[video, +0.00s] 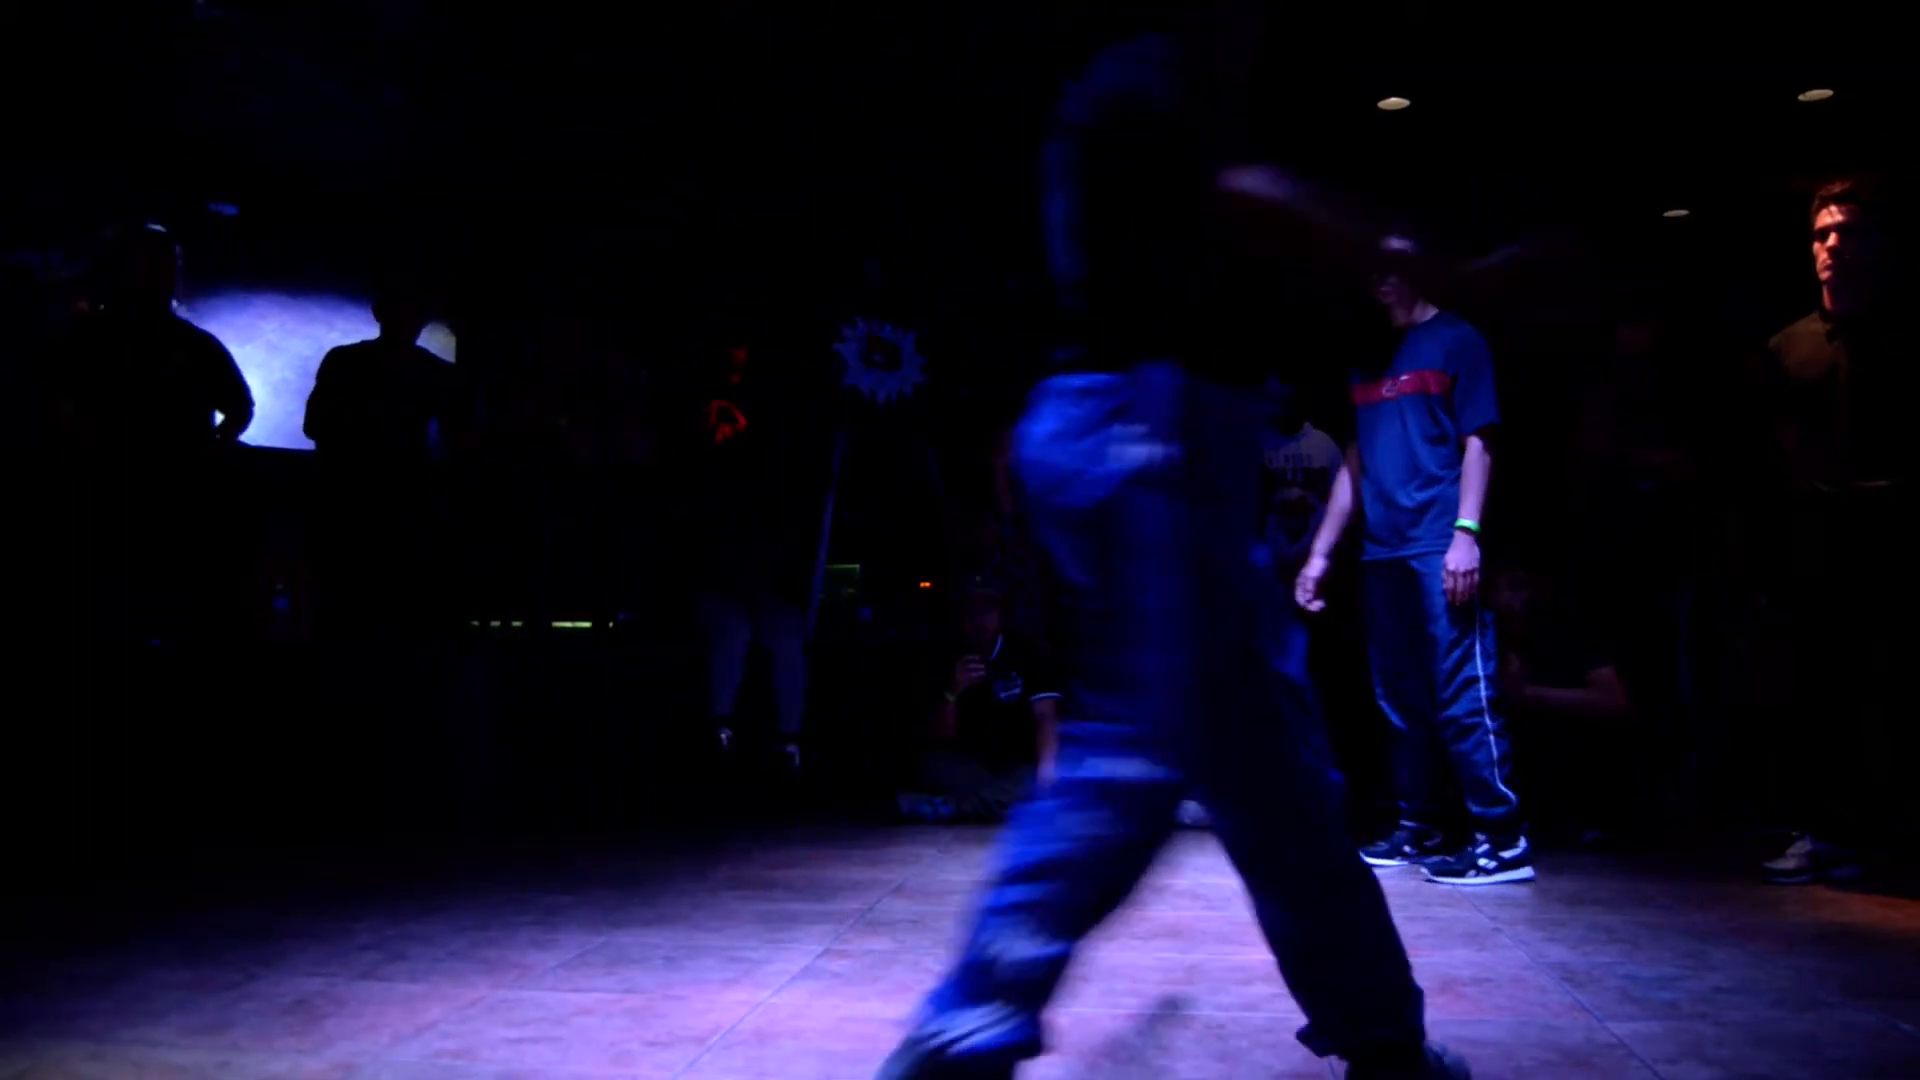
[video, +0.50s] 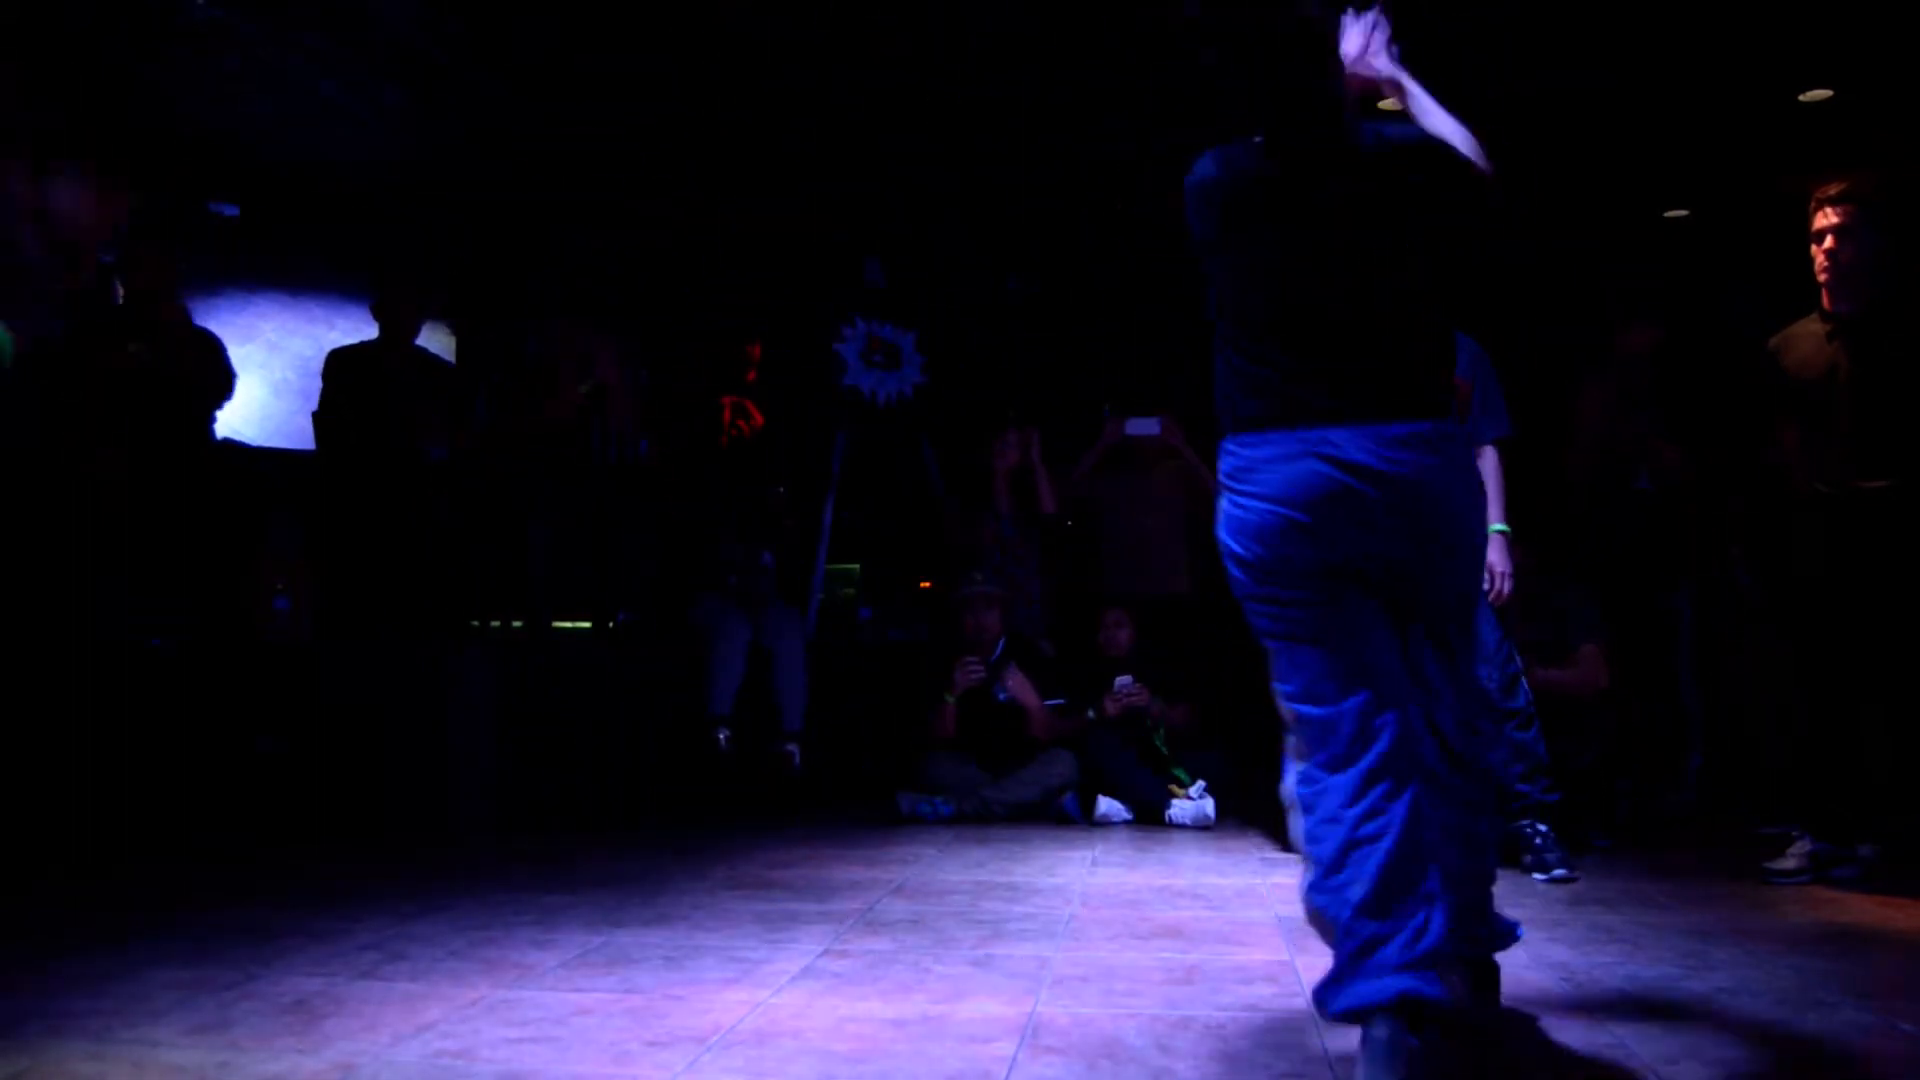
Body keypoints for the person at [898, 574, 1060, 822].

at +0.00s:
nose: (980, 625)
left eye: (986, 616)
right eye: (973, 617)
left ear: (998, 618)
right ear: (962, 621)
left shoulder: (1022, 654)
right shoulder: (952, 657)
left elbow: (1046, 716)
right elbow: (943, 735)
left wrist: (1046, 769)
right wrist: (953, 691)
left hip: (1015, 751)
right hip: (967, 752)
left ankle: (955, 807)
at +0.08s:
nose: (980, 624)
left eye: (987, 614)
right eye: (972, 615)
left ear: (999, 617)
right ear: (961, 620)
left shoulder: (1023, 653)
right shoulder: (949, 656)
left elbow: (1047, 715)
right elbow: (940, 736)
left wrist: (1047, 768)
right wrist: (953, 691)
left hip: (1019, 753)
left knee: (1062, 768)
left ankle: (957, 807)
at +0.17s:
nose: (980, 625)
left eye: (987, 616)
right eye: (972, 617)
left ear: (999, 618)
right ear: (961, 622)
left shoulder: (1023, 654)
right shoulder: (949, 657)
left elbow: (1048, 715)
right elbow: (941, 735)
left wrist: (1047, 762)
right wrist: (953, 692)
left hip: (1018, 753)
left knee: (1062, 767)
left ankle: (956, 807)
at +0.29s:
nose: (981, 624)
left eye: (988, 614)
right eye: (972, 615)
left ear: (999, 617)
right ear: (961, 620)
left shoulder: (1023, 655)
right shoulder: (948, 657)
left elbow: (1051, 719)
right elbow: (940, 735)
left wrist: (1042, 736)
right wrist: (953, 692)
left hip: (1015, 750)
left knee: (1061, 766)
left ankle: (958, 808)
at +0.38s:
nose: (981, 623)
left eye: (988, 612)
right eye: (972, 614)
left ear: (1000, 616)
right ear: (960, 620)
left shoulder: (1025, 656)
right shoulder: (946, 660)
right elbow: (939, 737)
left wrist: (1043, 719)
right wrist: (953, 693)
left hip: (1019, 752)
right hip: (966, 753)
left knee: (1062, 764)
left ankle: (960, 807)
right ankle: (1045, 805)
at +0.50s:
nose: (982, 623)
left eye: (989, 613)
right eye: (973, 614)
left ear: (1002, 617)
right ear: (961, 620)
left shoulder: (1023, 656)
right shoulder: (948, 660)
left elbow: (1048, 733)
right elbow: (940, 736)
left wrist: (1032, 701)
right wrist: (953, 693)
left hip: (1019, 753)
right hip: (967, 755)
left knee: (1062, 763)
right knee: (936, 765)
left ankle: (959, 806)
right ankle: (1041, 805)